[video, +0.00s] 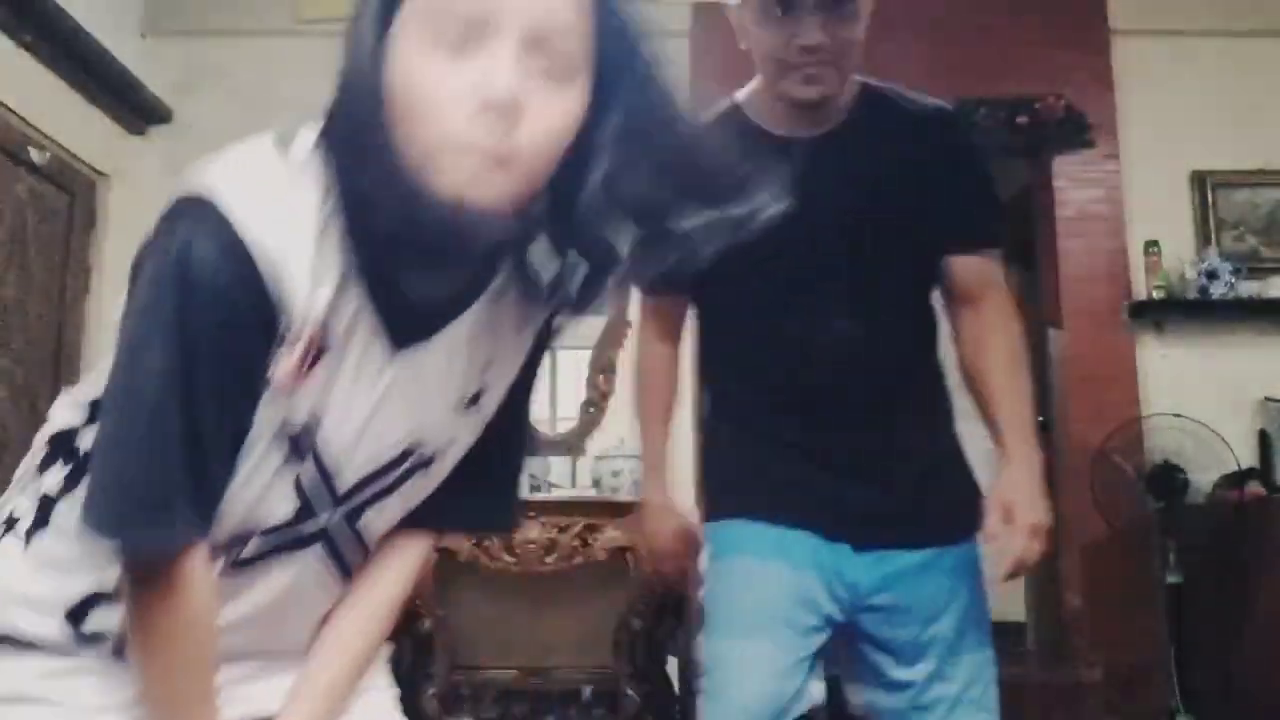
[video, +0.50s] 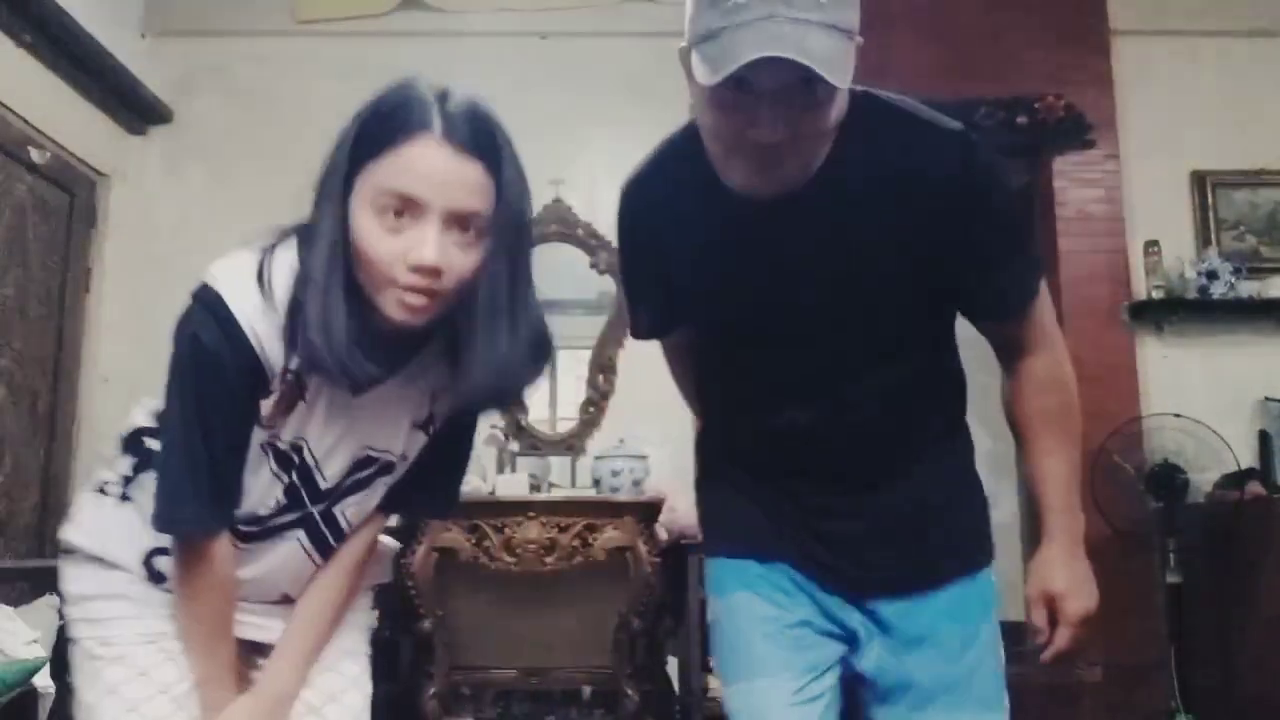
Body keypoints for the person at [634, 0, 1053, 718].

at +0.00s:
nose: (812, 36)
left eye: (836, 12)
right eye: (783, 13)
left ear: (868, 16)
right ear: (739, 22)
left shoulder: (929, 139)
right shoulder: (698, 159)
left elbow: (980, 297)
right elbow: (661, 324)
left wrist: (1021, 460)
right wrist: (656, 490)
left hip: (922, 518)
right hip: (762, 520)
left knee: (949, 708)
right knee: (743, 708)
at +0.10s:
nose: (815, 35)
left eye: (838, 9)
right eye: (784, 12)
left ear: (871, 11)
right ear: (740, 18)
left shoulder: (940, 118)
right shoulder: (701, 160)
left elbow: (1003, 274)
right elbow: (683, 324)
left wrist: (1044, 433)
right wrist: (705, 469)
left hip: (931, 492)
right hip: (775, 493)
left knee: (959, 708)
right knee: (767, 701)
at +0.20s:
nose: (803, 38)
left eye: (828, 9)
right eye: (771, 12)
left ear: (860, 9)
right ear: (724, 16)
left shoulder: (940, 102)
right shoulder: (693, 159)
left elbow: (1022, 257)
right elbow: (701, 321)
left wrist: (1055, 427)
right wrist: (766, 426)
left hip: (940, 480)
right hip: (787, 481)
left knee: (945, 707)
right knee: (801, 702)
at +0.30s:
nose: (784, 65)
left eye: (811, 36)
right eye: (756, 35)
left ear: (849, 29)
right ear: (713, 28)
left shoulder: (935, 113)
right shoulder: (683, 169)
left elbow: (1031, 267)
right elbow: (709, 335)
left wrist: (1059, 445)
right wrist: (804, 410)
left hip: (945, 486)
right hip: (793, 493)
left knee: (957, 707)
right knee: (821, 705)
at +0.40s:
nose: (776, 105)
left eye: (805, 75)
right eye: (747, 76)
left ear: (845, 64)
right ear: (700, 66)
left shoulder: (939, 154)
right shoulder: (672, 199)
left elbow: (1037, 312)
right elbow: (709, 373)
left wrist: (1061, 498)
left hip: (937, 518)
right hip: (776, 524)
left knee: (943, 709)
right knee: (794, 709)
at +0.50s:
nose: (768, 121)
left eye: (798, 90)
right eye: (741, 88)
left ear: (844, 67)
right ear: (694, 68)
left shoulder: (940, 167)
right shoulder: (659, 201)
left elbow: (1033, 350)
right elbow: (697, 378)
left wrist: (1062, 539)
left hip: (930, 546)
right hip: (761, 551)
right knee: (771, 706)